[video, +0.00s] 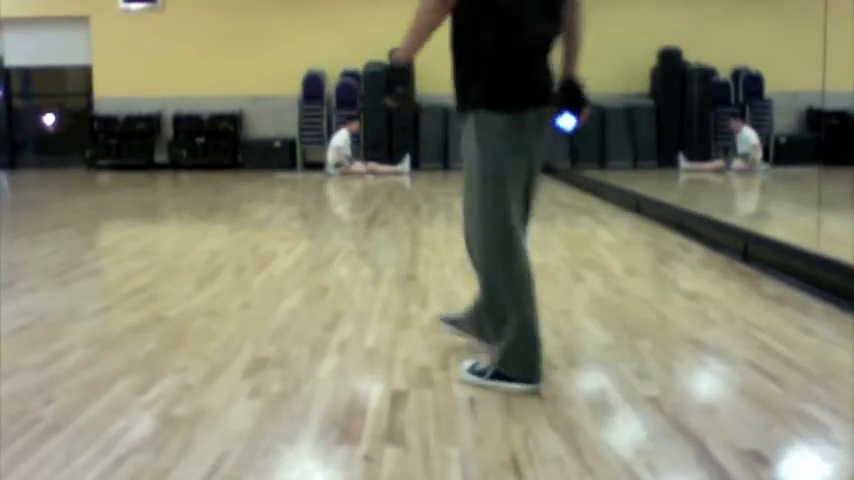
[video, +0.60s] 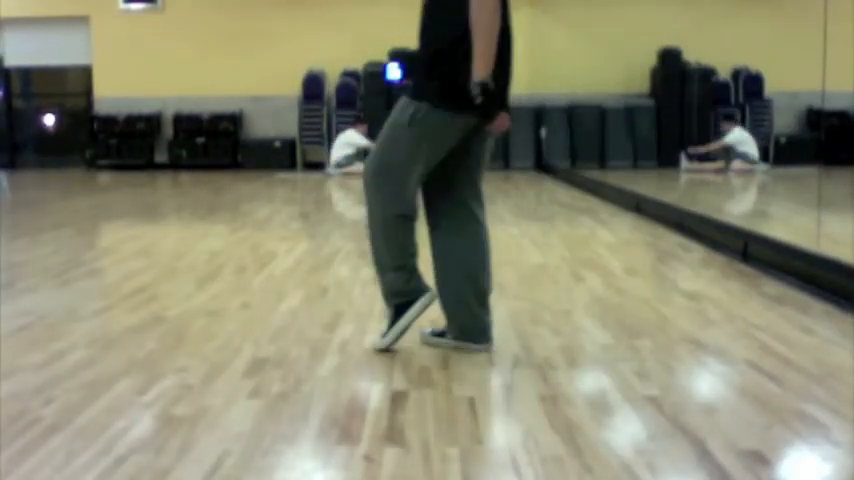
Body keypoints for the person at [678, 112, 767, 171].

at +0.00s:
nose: (730, 127)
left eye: (732, 124)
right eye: (730, 124)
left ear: (738, 122)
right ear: (734, 123)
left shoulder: (747, 133)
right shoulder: (740, 133)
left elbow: (757, 149)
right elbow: (741, 150)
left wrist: (750, 165)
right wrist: (738, 160)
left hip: (748, 164)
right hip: (741, 161)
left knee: (721, 164)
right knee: (719, 163)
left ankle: (688, 166)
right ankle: (688, 165)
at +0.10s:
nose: (729, 127)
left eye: (730, 124)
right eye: (729, 124)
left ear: (736, 123)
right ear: (736, 123)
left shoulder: (745, 134)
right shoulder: (741, 133)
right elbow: (742, 151)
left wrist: (739, 163)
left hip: (750, 163)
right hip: (745, 161)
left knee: (721, 164)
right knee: (719, 163)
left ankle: (688, 166)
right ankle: (688, 165)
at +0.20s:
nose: (728, 128)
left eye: (729, 125)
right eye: (727, 125)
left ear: (735, 123)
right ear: (736, 123)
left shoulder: (743, 134)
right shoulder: (740, 133)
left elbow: (740, 151)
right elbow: (739, 150)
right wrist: (728, 158)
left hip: (752, 163)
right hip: (747, 160)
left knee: (721, 165)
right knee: (719, 164)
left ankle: (689, 165)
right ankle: (689, 166)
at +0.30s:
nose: (727, 127)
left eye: (728, 124)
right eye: (727, 124)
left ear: (734, 123)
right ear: (737, 123)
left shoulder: (742, 135)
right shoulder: (743, 132)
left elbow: (738, 148)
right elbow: (737, 148)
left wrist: (722, 156)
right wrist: (723, 155)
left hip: (753, 163)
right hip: (751, 161)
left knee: (721, 165)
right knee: (721, 164)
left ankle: (689, 165)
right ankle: (690, 166)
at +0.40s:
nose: (726, 128)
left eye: (727, 125)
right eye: (725, 126)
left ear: (733, 124)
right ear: (736, 124)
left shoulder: (740, 136)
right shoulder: (743, 132)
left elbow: (728, 148)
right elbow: (730, 147)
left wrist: (711, 155)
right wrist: (714, 153)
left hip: (751, 163)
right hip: (750, 161)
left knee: (722, 165)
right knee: (720, 164)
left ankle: (690, 166)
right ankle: (690, 166)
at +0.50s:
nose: (725, 129)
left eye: (726, 126)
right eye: (724, 126)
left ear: (733, 125)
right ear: (734, 124)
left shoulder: (738, 135)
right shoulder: (740, 132)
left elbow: (724, 147)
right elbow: (726, 146)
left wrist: (710, 152)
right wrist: (712, 151)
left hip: (751, 163)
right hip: (742, 161)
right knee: (718, 165)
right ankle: (690, 166)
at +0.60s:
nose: (722, 129)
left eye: (723, 126)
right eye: (721, 126)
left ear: (730, 124)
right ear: (731, 124)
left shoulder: (736, 133)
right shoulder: (735, 131)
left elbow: (718, 146)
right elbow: (718, 145)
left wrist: (697, 150)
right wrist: (699, 150)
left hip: (750, 162)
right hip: (740, 160)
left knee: (734, 166)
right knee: (718, 165)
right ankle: (690, 166)